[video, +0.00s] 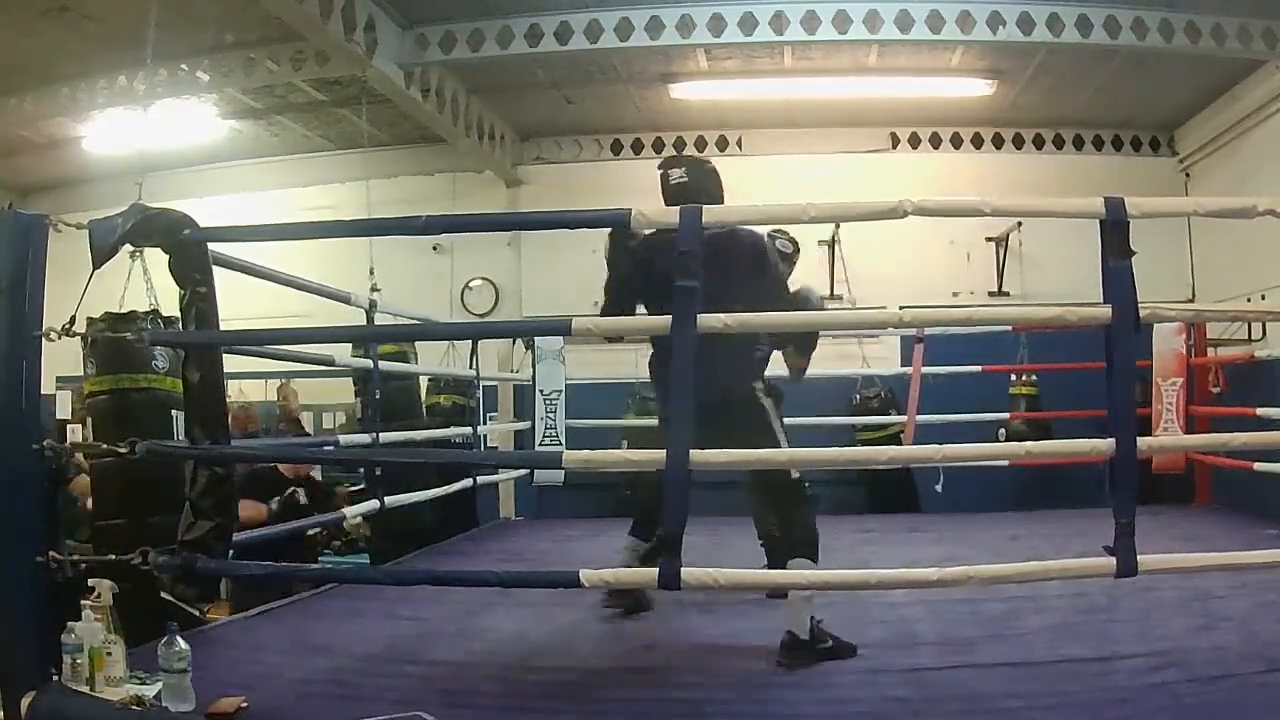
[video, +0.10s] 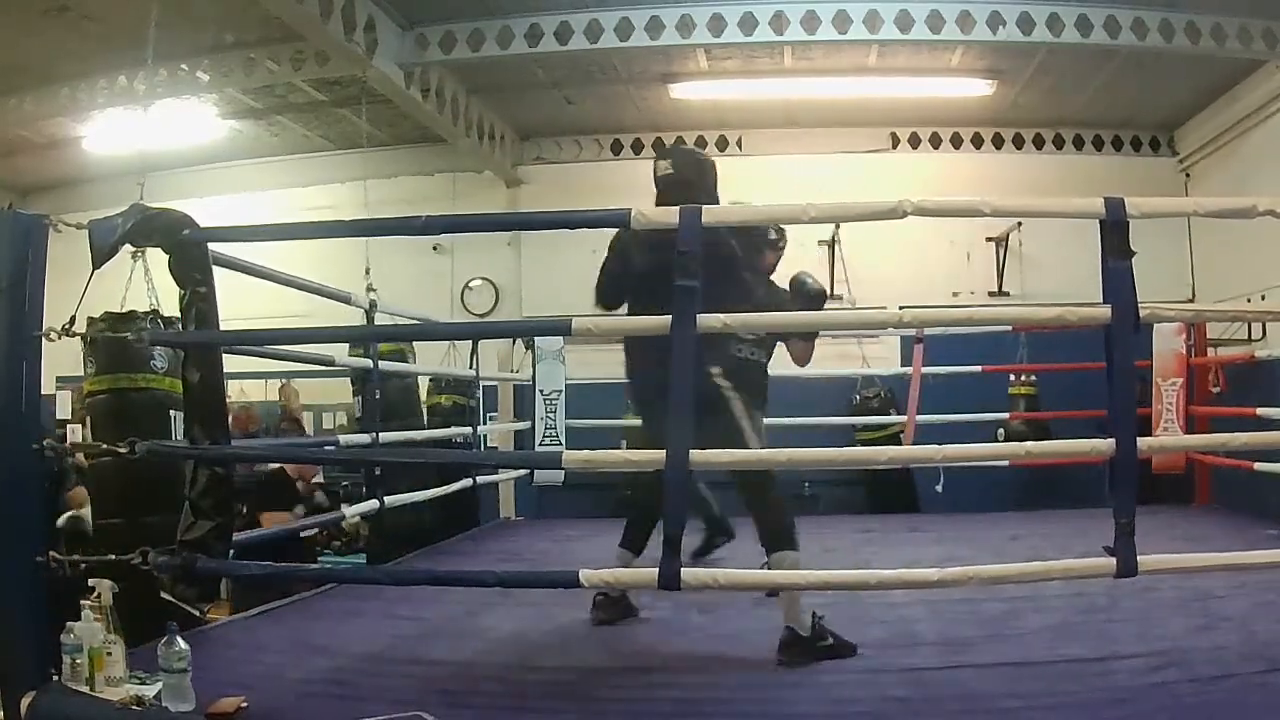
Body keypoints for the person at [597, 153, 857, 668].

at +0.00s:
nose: (703, 207)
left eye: (682, 199)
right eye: (710, 194)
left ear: (666, 199)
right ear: (718, 195)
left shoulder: (647, 250)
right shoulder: (745, 245)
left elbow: (613, 322)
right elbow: (792, 337)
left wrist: (619, 257)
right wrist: (807, 305)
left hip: (674, 408)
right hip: (740, 403)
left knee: (662, 478)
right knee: (786, 498)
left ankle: (628, 575)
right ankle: (801, 625)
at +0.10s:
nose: (715, 194)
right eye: (713, 184)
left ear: (659, 188)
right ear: (710, 186)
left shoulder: (635, 238)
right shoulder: (715, 239)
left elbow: (605, 297)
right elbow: (753, 299)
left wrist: (636, 243)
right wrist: (800, 301)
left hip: (650, 386)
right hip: (708, 384)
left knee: (653, 480)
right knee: (764, 490)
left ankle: (612, 588)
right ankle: (800, 624)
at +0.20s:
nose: (696, 187)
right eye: (693, 178)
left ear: (642, 171)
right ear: (683, 179)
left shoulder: (613, 215)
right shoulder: (677, 218)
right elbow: (715, 281)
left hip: (614, 353)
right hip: (649, 358)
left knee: (643, 465)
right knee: (703, 467)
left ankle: (603, 585)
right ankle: (743, 609)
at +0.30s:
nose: (672, 171)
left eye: (671, 163)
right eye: (670, 162)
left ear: (621, 156)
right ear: (658, 159)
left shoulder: (587, 199)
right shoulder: (646, 192)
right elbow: (670, 263)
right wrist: (694, 207)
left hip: (589, 333)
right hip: (622, 336)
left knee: (635, 454)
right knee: (653, 455)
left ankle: (597, 585)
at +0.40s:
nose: (650, 182)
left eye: (650, 174)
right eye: (648, 173)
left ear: (601, 163)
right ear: (634, 167)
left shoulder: (567, 208)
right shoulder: (619, 206)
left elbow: (557, 289)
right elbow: (645, 285)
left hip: (580, 349)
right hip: (600, 353)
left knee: (628, 464)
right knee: (594, 477)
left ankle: (580, 559)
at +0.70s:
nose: (605, 190)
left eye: (605, 181)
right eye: (601, 181)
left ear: (563, 171)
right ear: (582, 176)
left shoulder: (537, 209)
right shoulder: (565, 211)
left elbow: (604, 276)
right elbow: (611, 280)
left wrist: (620, 224)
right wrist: (630, 232)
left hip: (542, 345)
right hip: (540, 346)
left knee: (568, 461)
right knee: (535, 461)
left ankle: (560, 579)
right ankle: (456, 586)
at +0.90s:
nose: (572, 206)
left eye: (573, 199)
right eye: (569, 198)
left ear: (529, 185)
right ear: (556, 191)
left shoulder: (507, 220)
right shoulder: (543, 219)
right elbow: (572, 288)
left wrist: (588, 226)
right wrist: (602, 228)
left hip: (495, 366)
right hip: (504, 368)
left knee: (576, 467)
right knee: (476, 496)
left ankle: (564, 579)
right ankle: (382, 582)